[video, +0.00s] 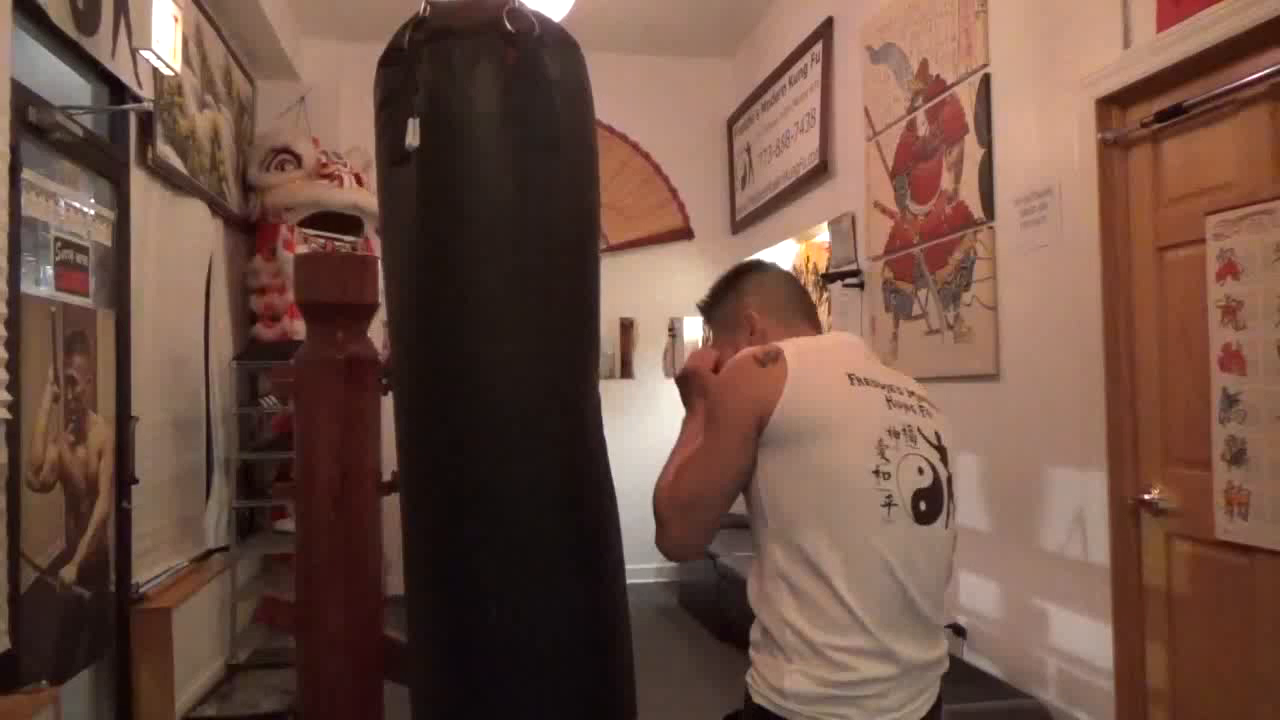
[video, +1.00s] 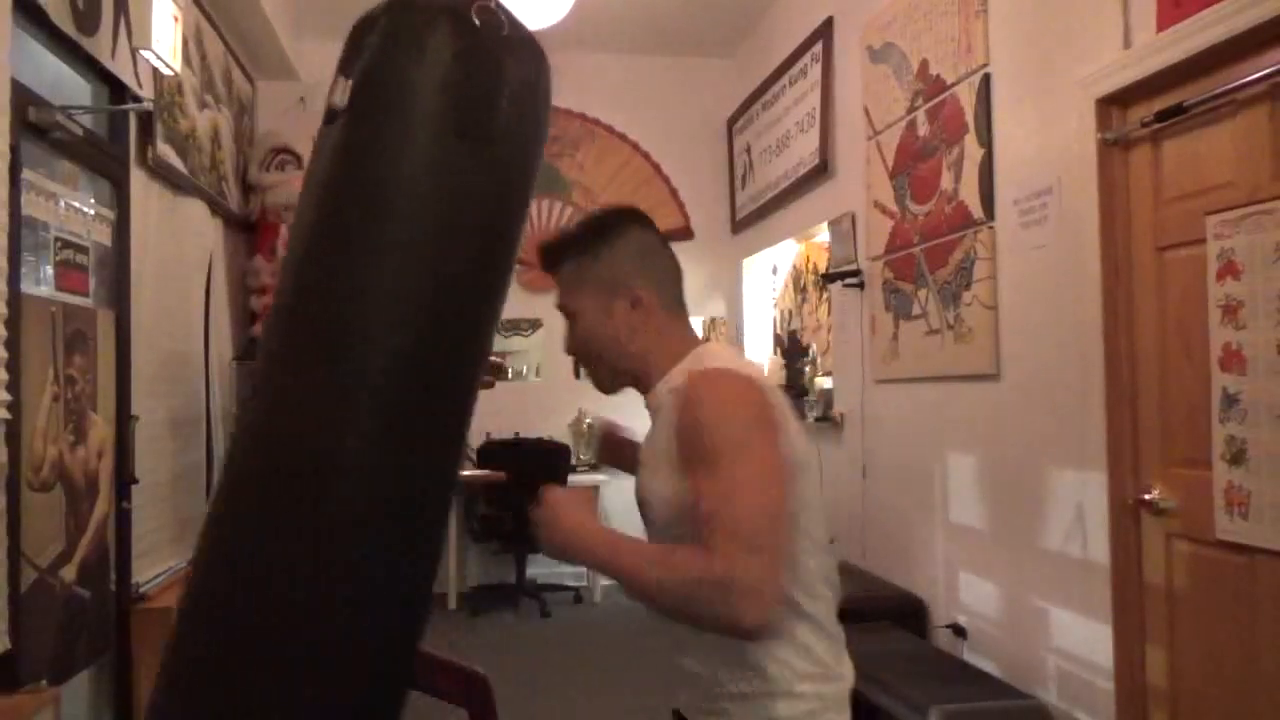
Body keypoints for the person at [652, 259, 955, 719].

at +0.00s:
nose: (720, 363)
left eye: (722, 348)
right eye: (719, 352)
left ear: (753, 328)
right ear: (810, 320)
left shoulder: (760, 374)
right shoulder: (903, 386)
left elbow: (678, 538)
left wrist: (697, 411)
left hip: (809, 703)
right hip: (919, 698)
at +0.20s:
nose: (724, 374)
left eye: (725, 360)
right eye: (722, 364)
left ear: (758, 336)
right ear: (813, 332)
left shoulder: (769, 378)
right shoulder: (908, 397)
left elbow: (686, 541)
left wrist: (702, 419)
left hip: (812, 703)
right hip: (921, 699)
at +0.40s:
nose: (712, 371)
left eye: (716, 357)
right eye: (711, 360)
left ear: (752, 336)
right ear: (808, 332)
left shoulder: (754, 379)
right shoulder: (903, 393)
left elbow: (668, 537)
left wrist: (690, 415)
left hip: (799, 704)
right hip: (912, 698)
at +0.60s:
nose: (651, 326)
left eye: (652, 298)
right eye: (649, 303)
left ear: (698, 276)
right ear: (701, 278)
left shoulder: (820, 371)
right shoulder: (741, 383)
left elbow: (770, 561)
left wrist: (659, 454)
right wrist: (688, 432)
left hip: (819, 701)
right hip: (748, 690)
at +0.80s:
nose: (626, 346)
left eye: (633, 324)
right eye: (625, 326)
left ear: (690, 316)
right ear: (693, 315)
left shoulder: (732, 366)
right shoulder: (793, 371)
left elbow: (719, 514)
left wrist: (576, 462)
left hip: (759, 700)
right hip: (836, 684)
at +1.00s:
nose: (568, 345)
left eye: (571, 316)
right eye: (565, 319)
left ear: (634, 305)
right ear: (637, 307)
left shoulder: (720, 392)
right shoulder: (690, 393)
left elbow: (746, 596)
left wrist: (587, 540)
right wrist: (633, 457)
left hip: (779, 702)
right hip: (738, 696)